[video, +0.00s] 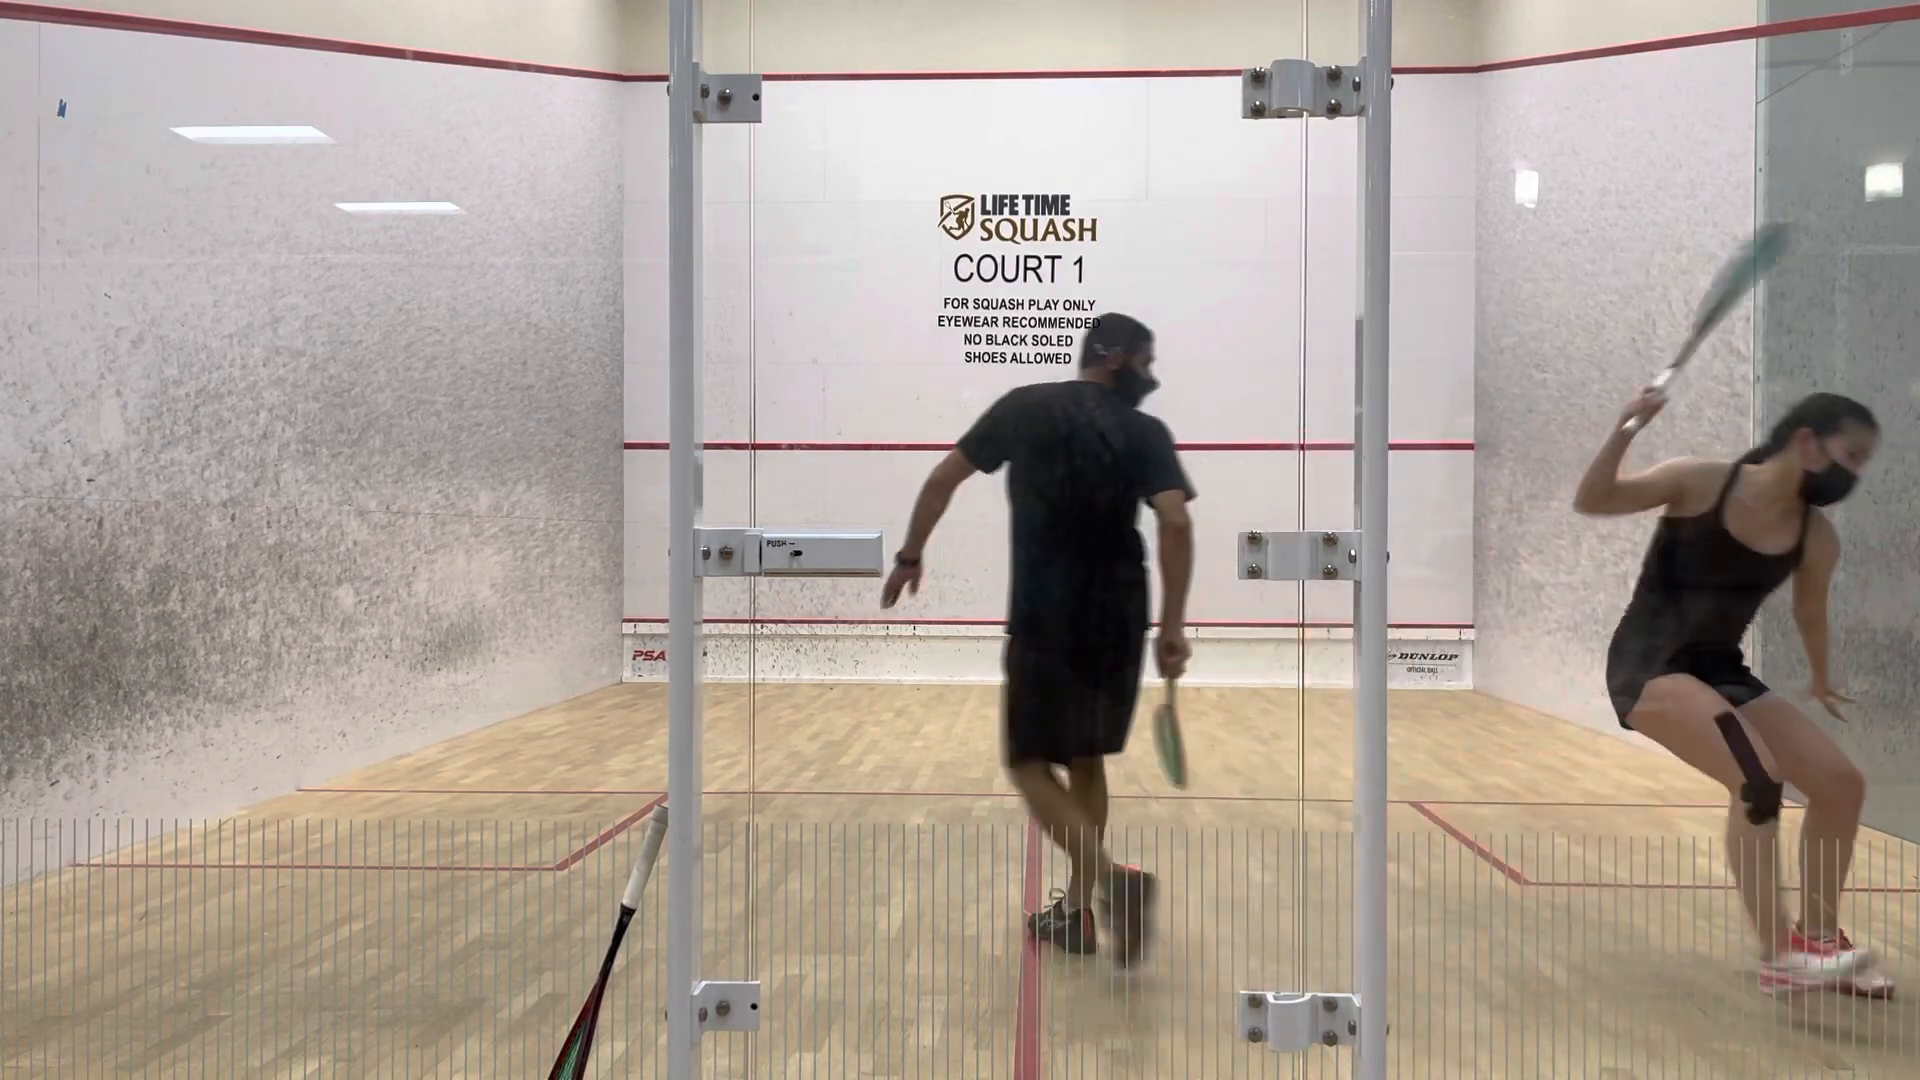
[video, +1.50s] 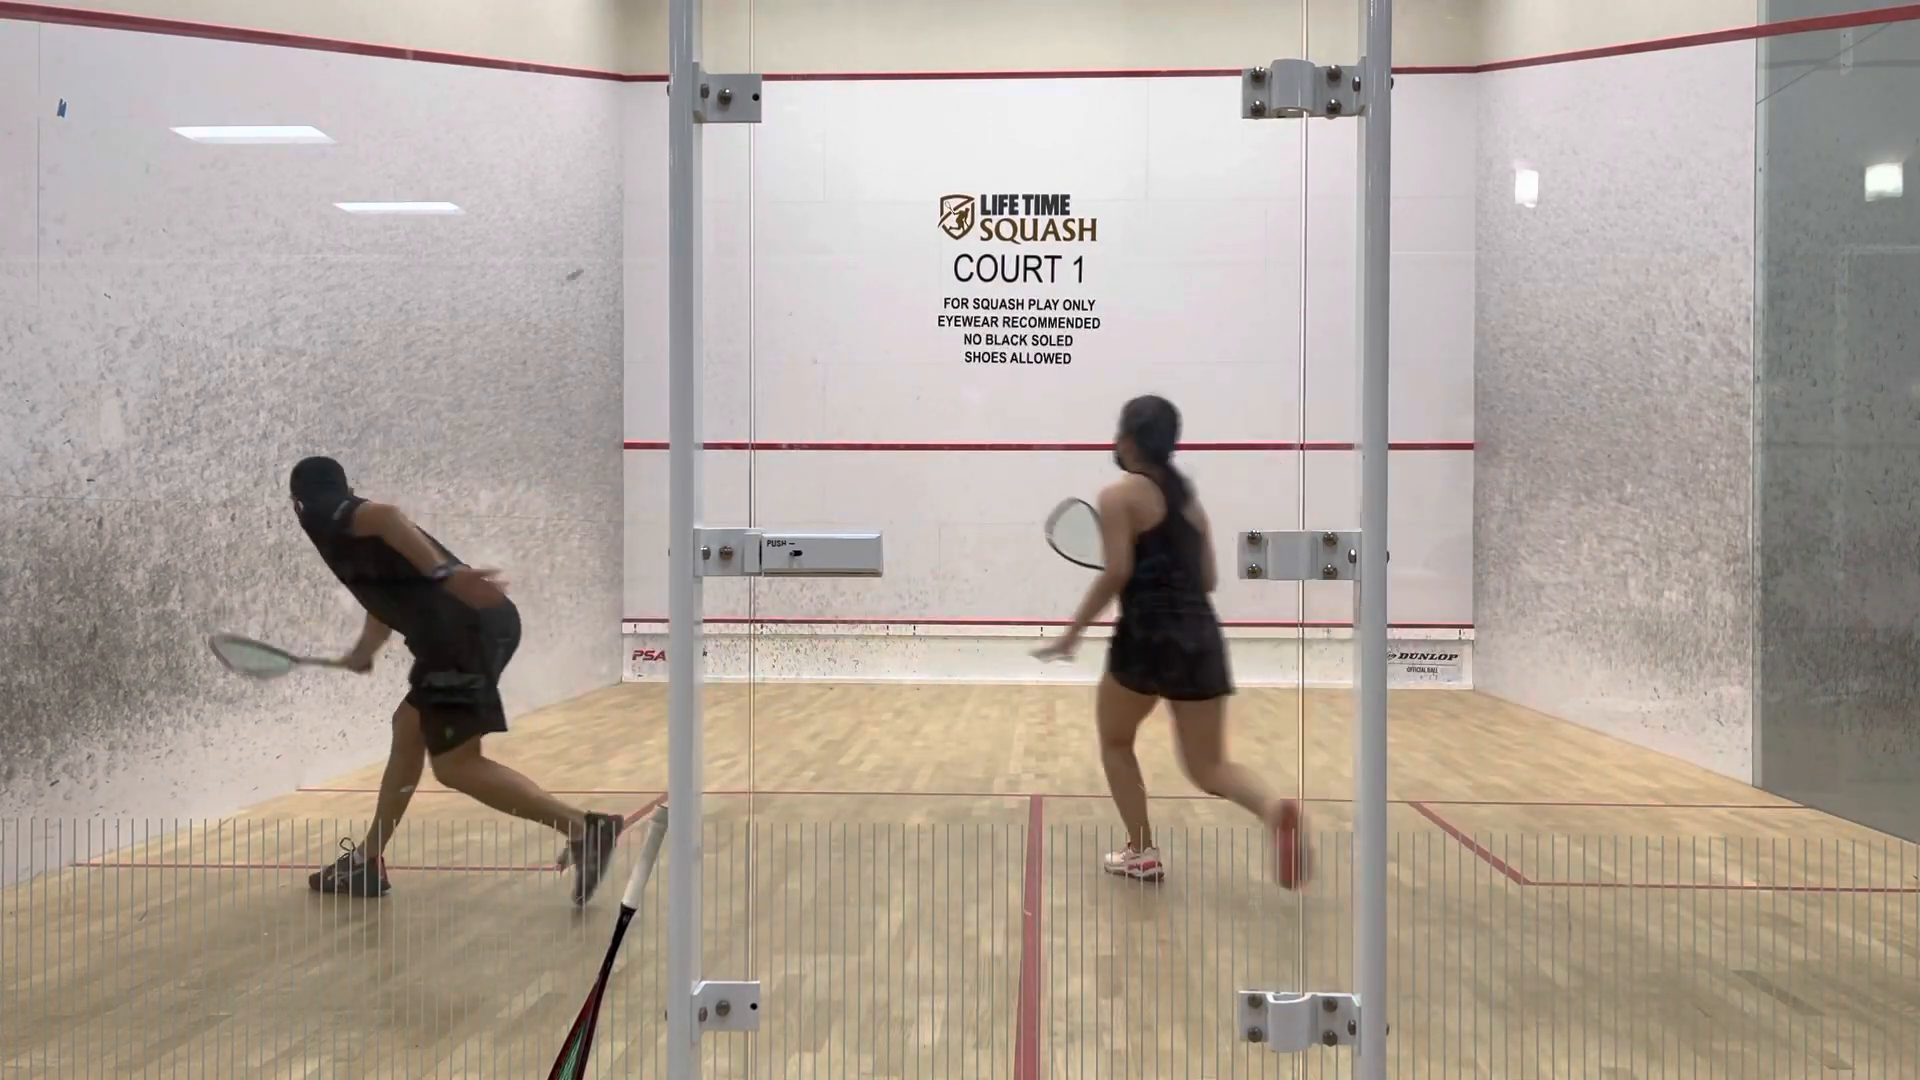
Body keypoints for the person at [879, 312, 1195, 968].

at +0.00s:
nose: (1153, 375)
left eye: (1152, 364)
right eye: (1148, 363)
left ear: (1087, 356)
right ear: (1119, 361)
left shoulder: (1024, 406)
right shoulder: (1142, 430)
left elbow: (944, 477)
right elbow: (1176, 520)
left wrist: (910, 552)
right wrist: (1171, 624)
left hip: (1042, 620)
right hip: (1116, 623)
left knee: (1027, 762)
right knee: (1088, 761)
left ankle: (1114, 880)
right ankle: (1076, 910)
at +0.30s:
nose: (977, 373)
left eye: (973, 362)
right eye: (974, 363)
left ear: (917, 360)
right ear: (965, 364)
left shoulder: (873, 405)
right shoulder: (986, 427)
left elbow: (857, 472)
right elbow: (1033, 525)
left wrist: (843, 541)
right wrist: (988, 578)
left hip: (901, 617)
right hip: (976, 618)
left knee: (833, 753)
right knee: (1021, 760)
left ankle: (769, 885)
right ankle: (1062, 907)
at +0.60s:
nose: (728, 365)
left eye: (727, 354)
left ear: (727, 357)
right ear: (781, 361)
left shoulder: (718, 404)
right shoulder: (815, 428)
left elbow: (713, 494)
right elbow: (836, 528)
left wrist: (670, 564)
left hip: (749, 600)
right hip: (813, 600)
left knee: (714, 738)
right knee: (785, 726)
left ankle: (733, 898)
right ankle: (881, 836)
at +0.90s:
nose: (587, 396)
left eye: (587, 386)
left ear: (587, 389)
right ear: (639, 388)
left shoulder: (598, 424)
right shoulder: (662, 438)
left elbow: (622, 491)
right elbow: (654, 555)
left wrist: (561, 544)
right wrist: (573, 568)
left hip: (650, 618)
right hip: (697, 612)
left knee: (659, 767)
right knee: (611, 713)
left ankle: (732, 899)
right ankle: (546, 834)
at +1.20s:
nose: (394, 477)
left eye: (396, 467)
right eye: (393, 467)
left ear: (412, 466)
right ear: (430, 462)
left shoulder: (452, 487)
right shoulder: (445, 514)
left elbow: (520, 503)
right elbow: (409, 589)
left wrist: (537, 570)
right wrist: (341, 625)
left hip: (533, 655)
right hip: (516, 661)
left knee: (568, 781)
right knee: (450, 752)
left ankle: (704, 862)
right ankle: (374, 861)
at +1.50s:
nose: (295, 507)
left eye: (295, 500)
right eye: (295, 501)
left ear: (301, 500)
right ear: (341, 489)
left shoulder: (328, 515)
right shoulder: (355, 529)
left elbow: (387, 517)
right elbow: (387, 593)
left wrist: (446, 573)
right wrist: (365, 649)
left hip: (461, 631)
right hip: (477, 623)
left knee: (456, 766)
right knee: (408, 724)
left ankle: (583, 827)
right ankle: (368, 859)